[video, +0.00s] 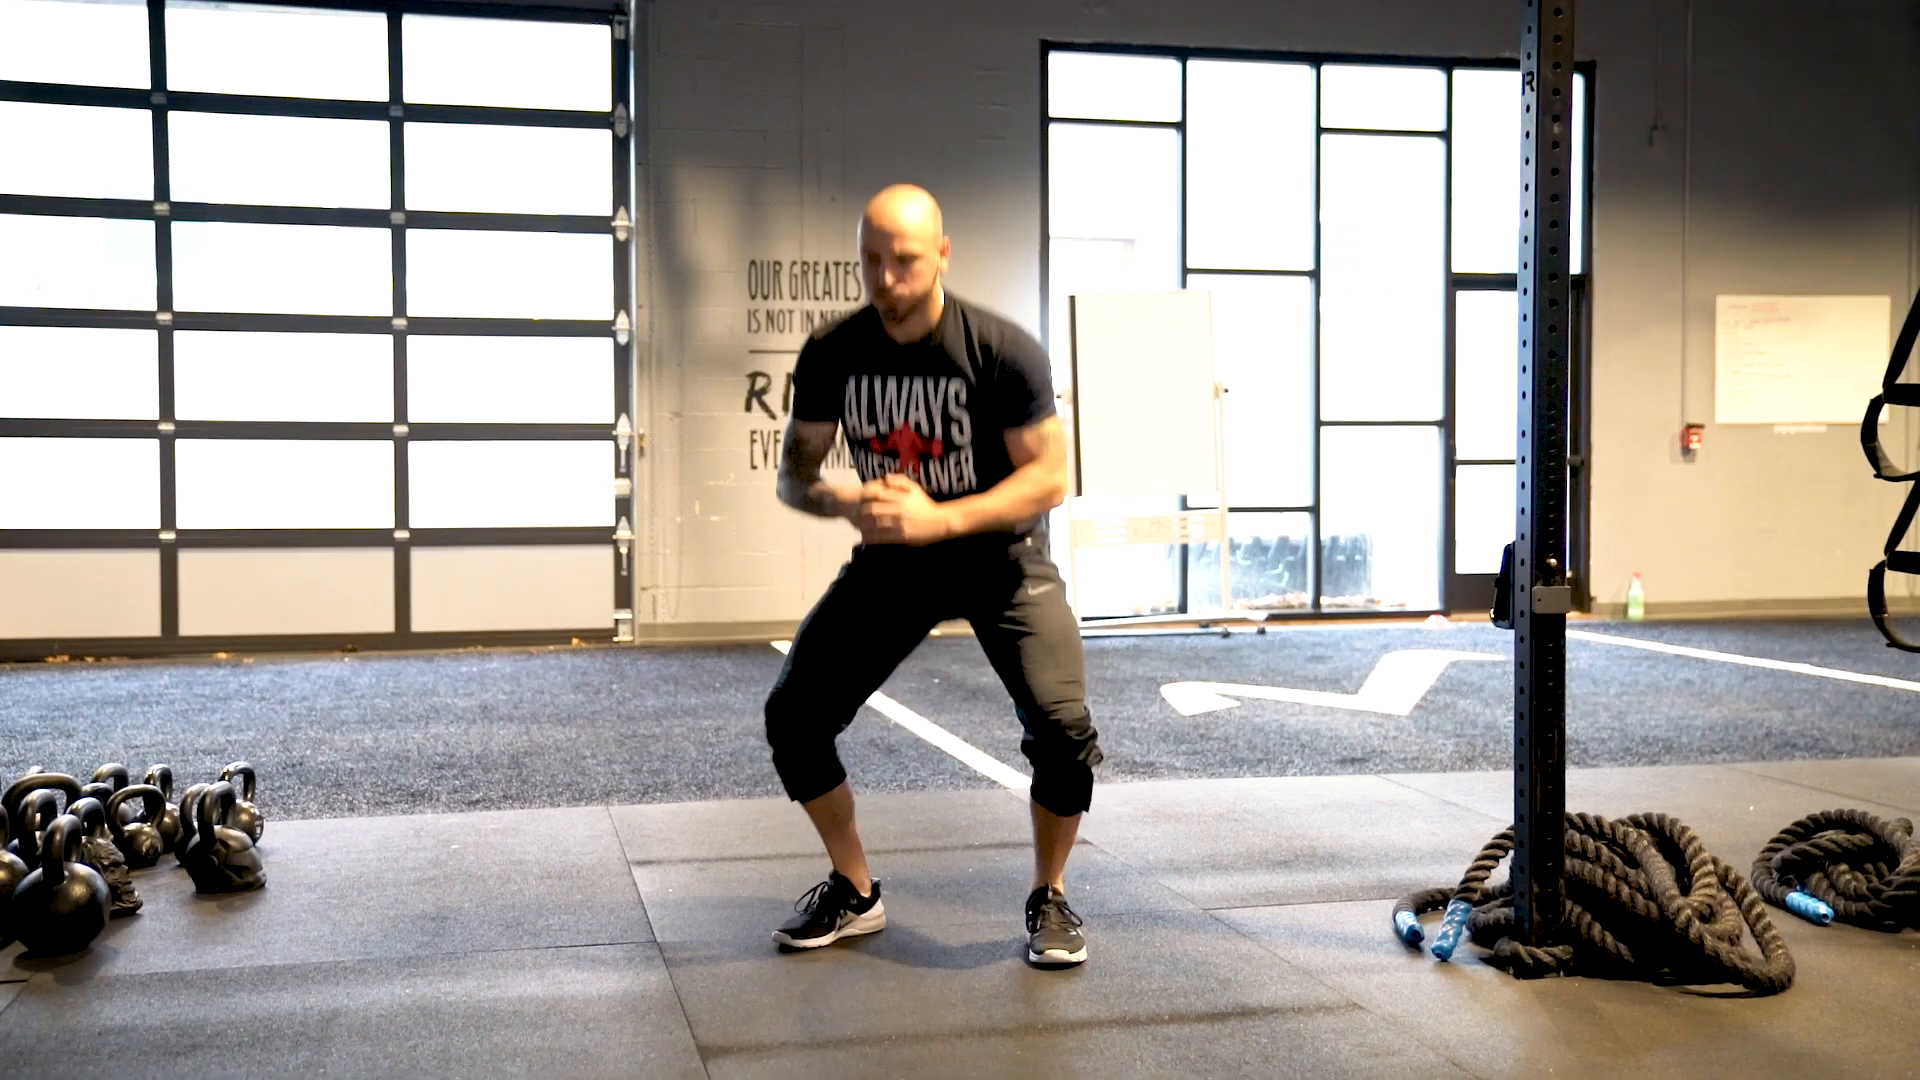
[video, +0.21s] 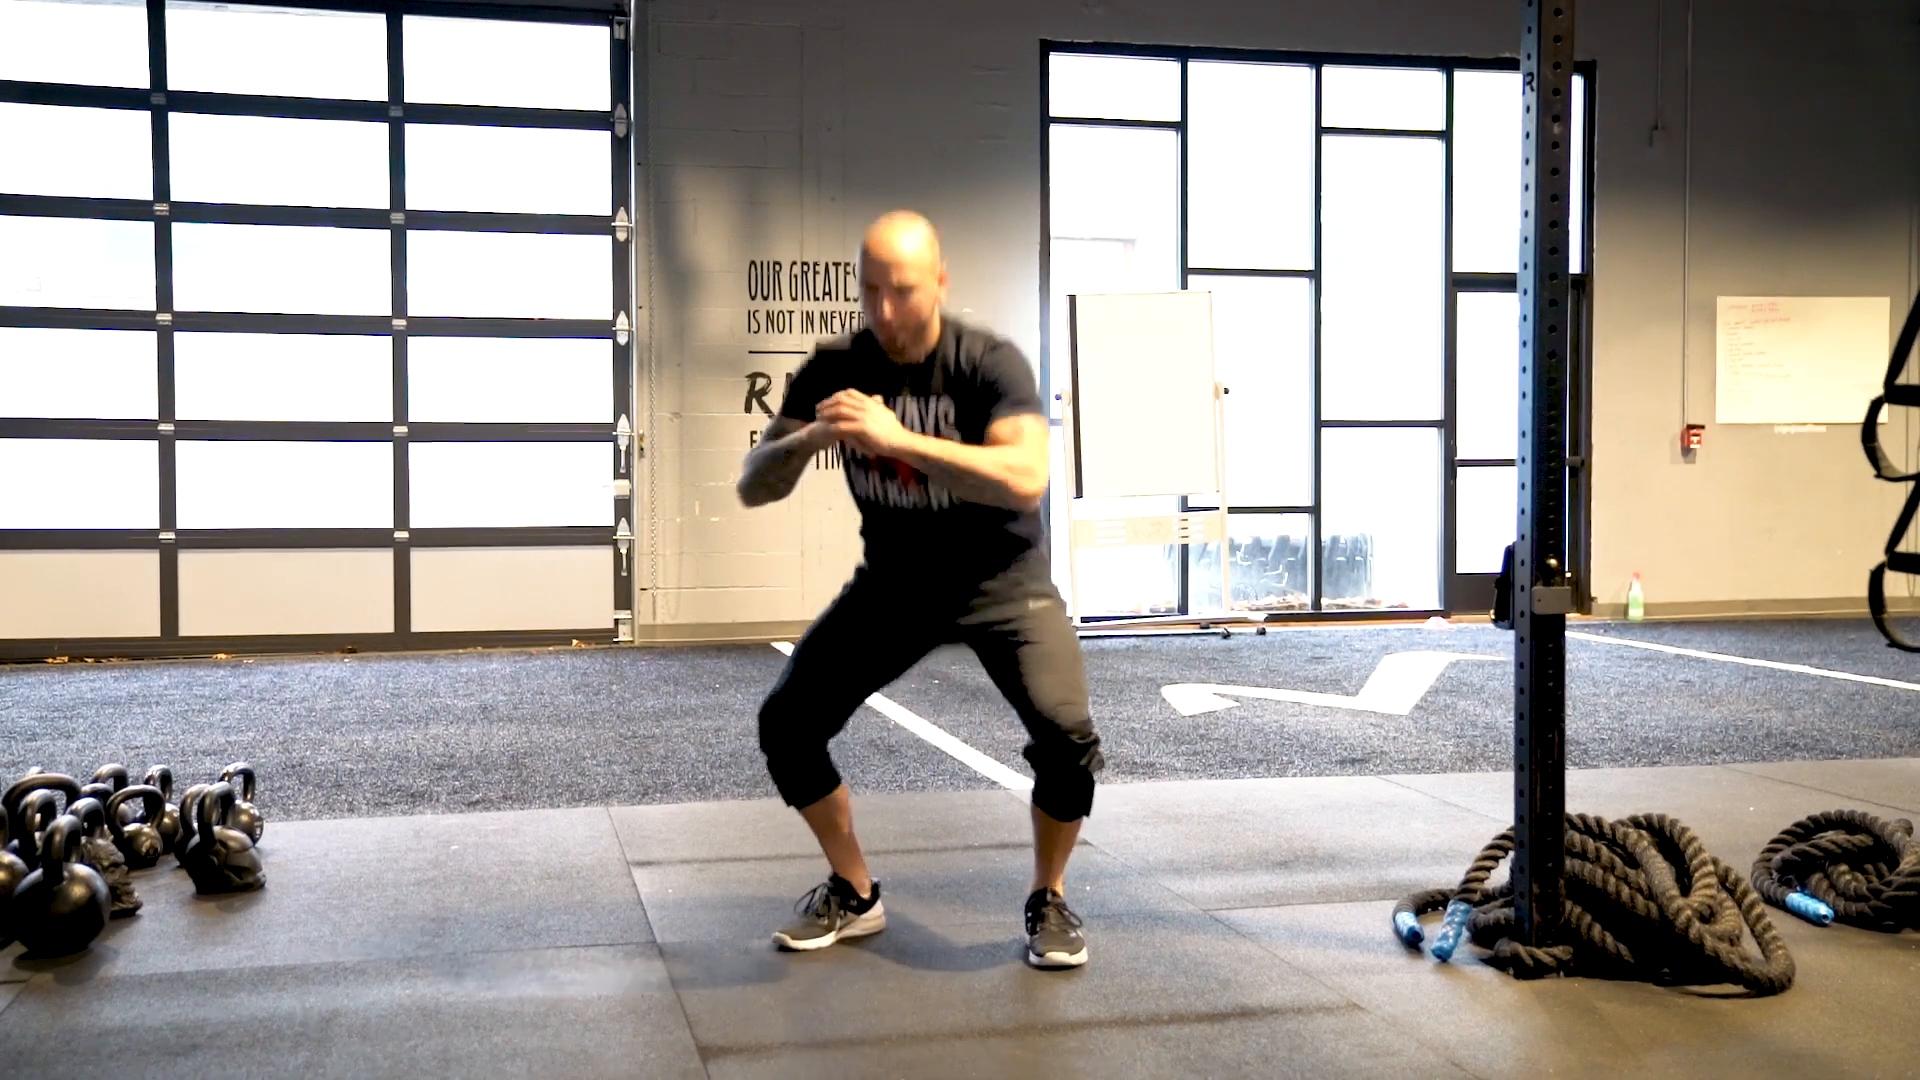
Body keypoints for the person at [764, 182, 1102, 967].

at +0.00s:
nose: (887, 281)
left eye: (906, 263)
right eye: (874, 261)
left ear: (943, 257)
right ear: (859, 256)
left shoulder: (1003, 352)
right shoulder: (830, 354)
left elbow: (1050, 477)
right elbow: (795, 481)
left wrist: (943, 516)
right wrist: (846, 500)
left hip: (1005, 560)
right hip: (894, 563)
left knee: (1064, 727)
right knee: (794, 718)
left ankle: (1049, 896)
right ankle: (854, 888)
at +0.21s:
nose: (886, 311)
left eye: (903, 291)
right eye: (873, 292)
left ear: (940, 284)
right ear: (857, 288)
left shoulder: (993, 364)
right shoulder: (830, 370)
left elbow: (1025, 480)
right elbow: (754, 490)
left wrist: (900, 441)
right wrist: (811, 438)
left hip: (1005, 583)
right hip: (895, 585)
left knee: (1068, 736)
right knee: (787, 725)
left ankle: (1048, 899)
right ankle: (855, 891)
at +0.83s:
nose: (893, 327)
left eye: (911, 309)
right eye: (881, 308)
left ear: (949, 304)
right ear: (866, 305)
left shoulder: (1007, 398)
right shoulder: (836, 399)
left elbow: (1075, 513)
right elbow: (796, 516)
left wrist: (965, 551)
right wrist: (852, 544)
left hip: (1005, 592)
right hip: (899, 594)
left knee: (1072, 749)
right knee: (783, 729)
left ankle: (1047, 900)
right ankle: (854, 891)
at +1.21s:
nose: (897, 369)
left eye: (914, 351)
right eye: (884, 350)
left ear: (952, 345)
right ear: (869, 348)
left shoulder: (999, 424)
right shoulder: (845, 423)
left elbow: (1037, 528)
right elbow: (743, 527)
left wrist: (911, 482)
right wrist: (819, 481)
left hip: (1008, 627)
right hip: (899, 629)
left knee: (1078, 752)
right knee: (773, 739)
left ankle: (1047, 899)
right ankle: (854, 890)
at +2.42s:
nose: (898, 520)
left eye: (917, 503)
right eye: (887, 503)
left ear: (956, 498)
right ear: (874, 498)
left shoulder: (998, 563)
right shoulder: (849, 566)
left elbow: (999, 651)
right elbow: (761, 660)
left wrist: (897, 562)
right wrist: (833, 570)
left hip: (993, 748)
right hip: (895, 750)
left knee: (1078, 761)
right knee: (763, 750)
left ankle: (1045, 901)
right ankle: (854, 891)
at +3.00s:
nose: (892, 282)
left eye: (910, 262)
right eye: (880, 262)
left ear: (949, 259)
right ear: (866, 262)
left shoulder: (1005, 351)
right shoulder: (838, 357)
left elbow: (1033, 486)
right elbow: (799, 500)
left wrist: (921, 438)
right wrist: (843, 448)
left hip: (1007, 565)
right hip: (899, 567)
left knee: (1060, 726)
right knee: (793, 720)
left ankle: (1047, 898)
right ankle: (854, 889)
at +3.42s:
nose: (902, 512)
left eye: (921, 496)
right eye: (891, 494)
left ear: (960, 495)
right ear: (878, 490)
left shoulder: (1004, 568)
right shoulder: (844, 567)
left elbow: (1001, 673)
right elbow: (782, 678)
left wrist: (907, 577)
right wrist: (850, 580)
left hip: (988, 746)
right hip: (892, 746)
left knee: (1082, 752)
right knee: (764, 745)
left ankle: (1046, 900)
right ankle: (854, 889)